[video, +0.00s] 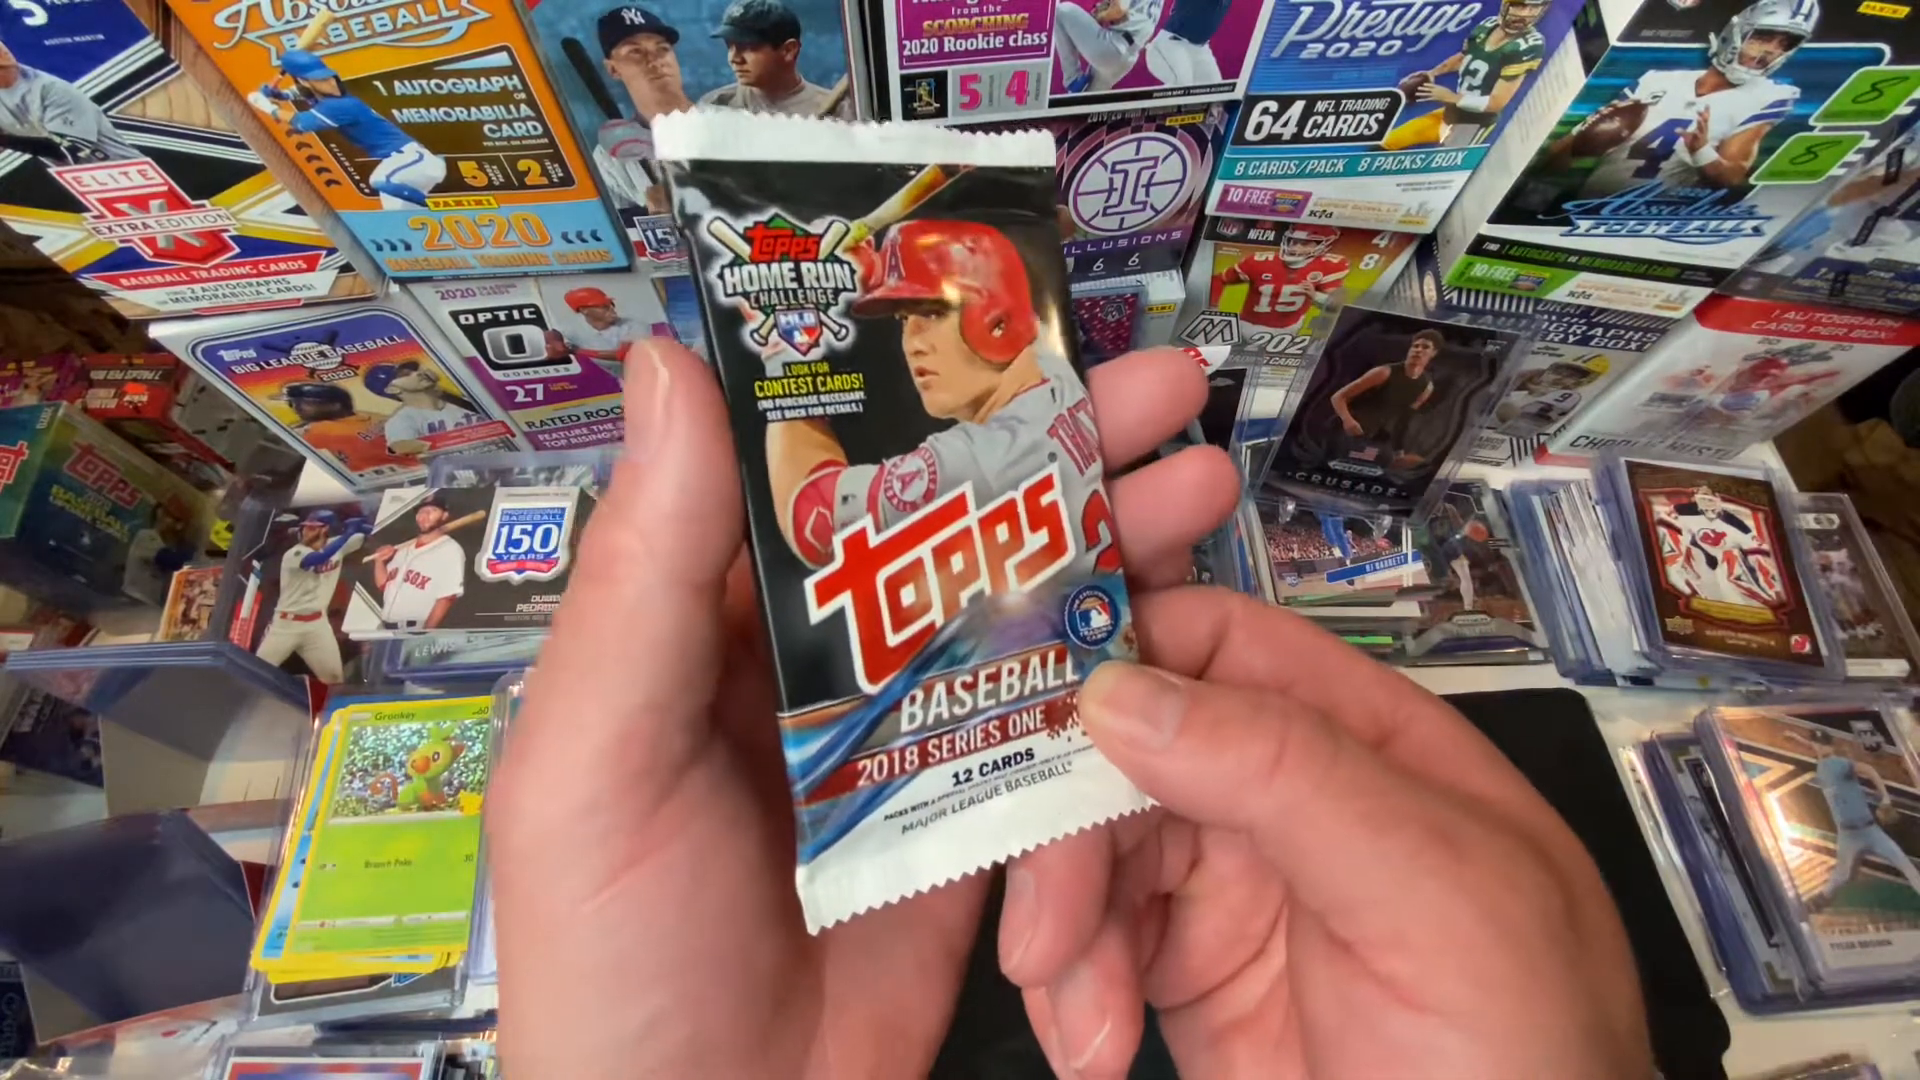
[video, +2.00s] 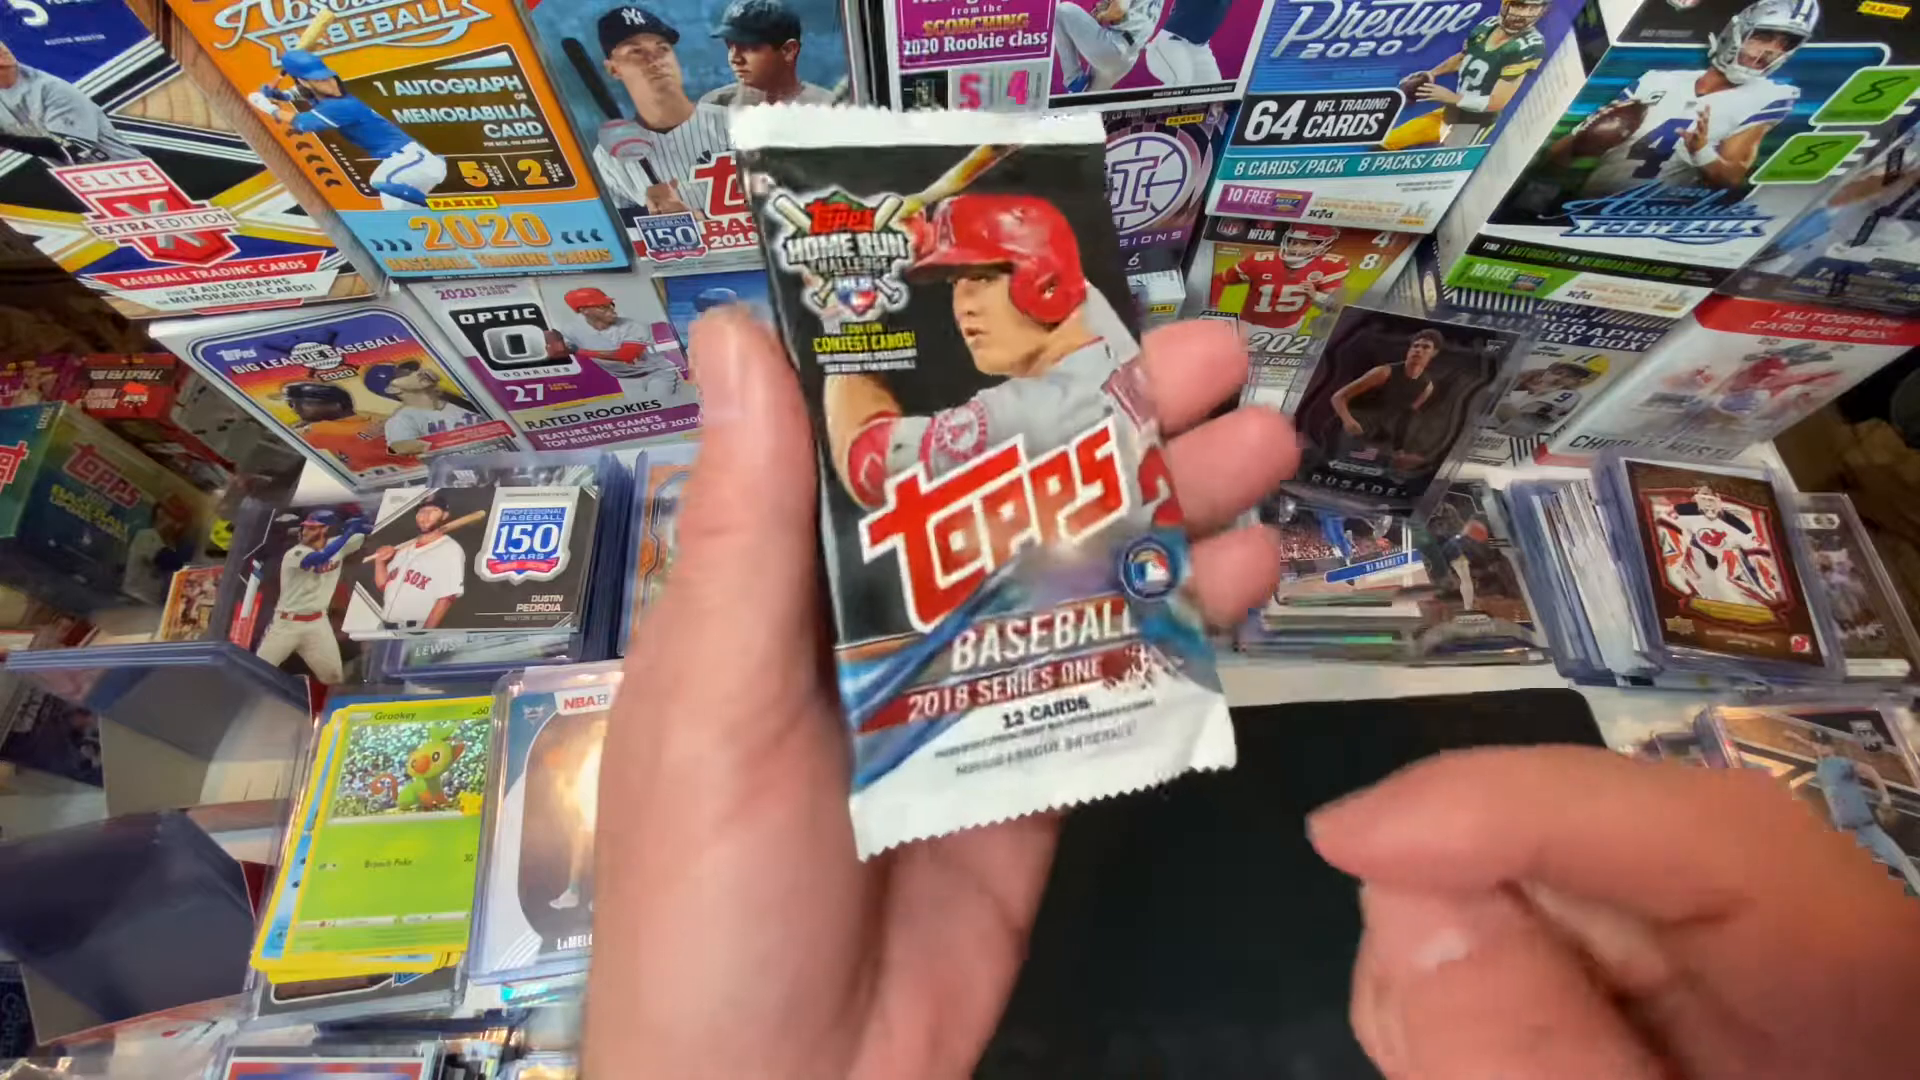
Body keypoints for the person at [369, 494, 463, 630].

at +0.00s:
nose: (424, 516)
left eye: (431, 511)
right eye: (421, 511)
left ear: (444, 515)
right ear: (416, 516)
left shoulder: (451, 550)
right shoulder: (405, 548)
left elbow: (446, 598)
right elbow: (382, 585)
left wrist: (425, 633)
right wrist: (379, 561)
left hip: (415, 630)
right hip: (385, 627)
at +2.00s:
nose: (426, 517)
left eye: (433, 511)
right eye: (422, 511)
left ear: (444, 515)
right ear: (416, 515)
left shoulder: (451, 550)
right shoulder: (405, 548)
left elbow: (446, 599)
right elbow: (383, 586)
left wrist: (424, 634)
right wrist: (380, 562)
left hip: (415, 631)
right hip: (386, 627)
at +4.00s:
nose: (426, 516)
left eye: (433, 511)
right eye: (422, 511)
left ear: (444, 516)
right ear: (416, 515)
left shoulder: (450, 550)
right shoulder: (405, 548)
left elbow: (447, 598)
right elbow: (382, 586)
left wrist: (424, 634)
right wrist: (379, 561)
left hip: (416, 630)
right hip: (386, 627)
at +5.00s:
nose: (425, 516)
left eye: (432, 511)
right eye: (422, 511)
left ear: (444, 516)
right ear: (416, 516)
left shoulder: (451, 549)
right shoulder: (405, 549)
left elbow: (446, 598)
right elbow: (382, 585)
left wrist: (424, 635)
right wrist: (379, 561)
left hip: (417, 631)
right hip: (386, 627)